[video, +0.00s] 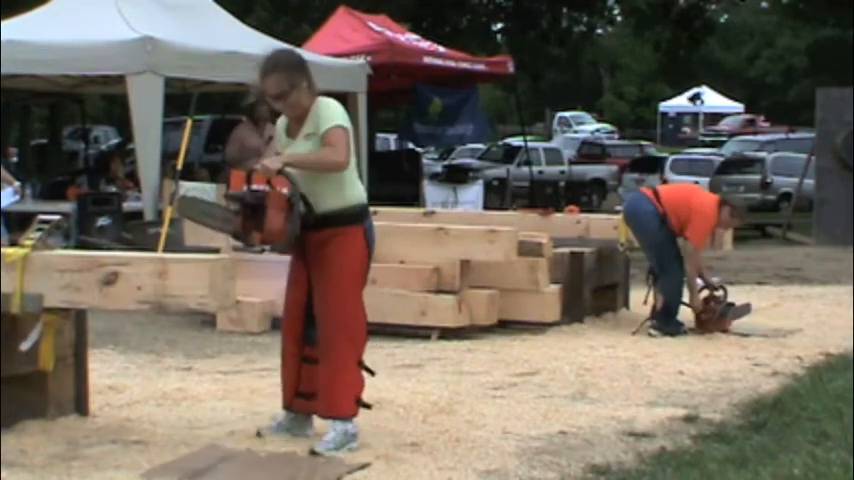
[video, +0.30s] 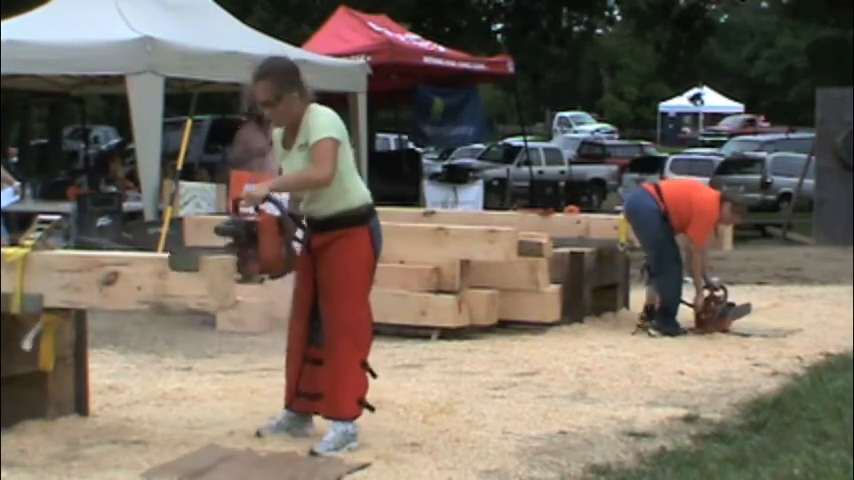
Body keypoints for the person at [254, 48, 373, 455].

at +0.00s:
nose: (277, 106)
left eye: (281, 96)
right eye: (271, 99)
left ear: (304, 85)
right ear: (270, 95)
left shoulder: (329, 110)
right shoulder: (282, 126)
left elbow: (338, 158)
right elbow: (279, 178)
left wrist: (286, 159)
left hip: (344, 232)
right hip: (307, 234)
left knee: (339, 321)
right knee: (298, 319)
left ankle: (344, 422)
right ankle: (297, 413)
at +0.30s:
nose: (267, 113)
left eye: (272, 103)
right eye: (262, 106)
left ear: (296, 94)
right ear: (263, 103)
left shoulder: (323, 120)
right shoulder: (281, 136)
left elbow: (322, 174)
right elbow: (292, 192)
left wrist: (268, 187)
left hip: (350, 233)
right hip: (316, 235)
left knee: (344, 324)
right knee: (304, 321)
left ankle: (345, 422)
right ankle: (299, 413)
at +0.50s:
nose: (260, 120)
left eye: (265, 109)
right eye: (254, 113)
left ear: (290, 99)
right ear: (252, 111)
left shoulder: (318, 124)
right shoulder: (274, 141)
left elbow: (319, 180)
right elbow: (290, 199)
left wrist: (267, 198)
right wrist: (283, 244)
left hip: (349, 233)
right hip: (313, 237)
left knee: (342, 324)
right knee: (302, 323)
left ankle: (344, 423)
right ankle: (297, 413)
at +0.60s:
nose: (255, 123)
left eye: (260, 114)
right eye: (249, 117)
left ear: (284, 103)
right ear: (250, 113)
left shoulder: (314, 126)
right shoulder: (268, 144)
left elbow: (318, 186)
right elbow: (291, 196)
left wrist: (265, 207)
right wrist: (284, 233)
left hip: (346, 234)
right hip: (310, 238)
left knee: (342, 325)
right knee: (299, 324)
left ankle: (343, 423)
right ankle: (294, 413)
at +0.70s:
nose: (251, 128)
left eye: (255, 118)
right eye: (246, 121)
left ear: (279, 105)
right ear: (246, 117)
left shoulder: (311, 128)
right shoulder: (264, 147)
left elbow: (317, 188)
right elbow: (285, 202)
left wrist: (265, 213)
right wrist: (286, 237)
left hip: (346, 235)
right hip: (308, 239)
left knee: (340, 324)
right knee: (300, 324)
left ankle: (342, 423)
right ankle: (293, 413)